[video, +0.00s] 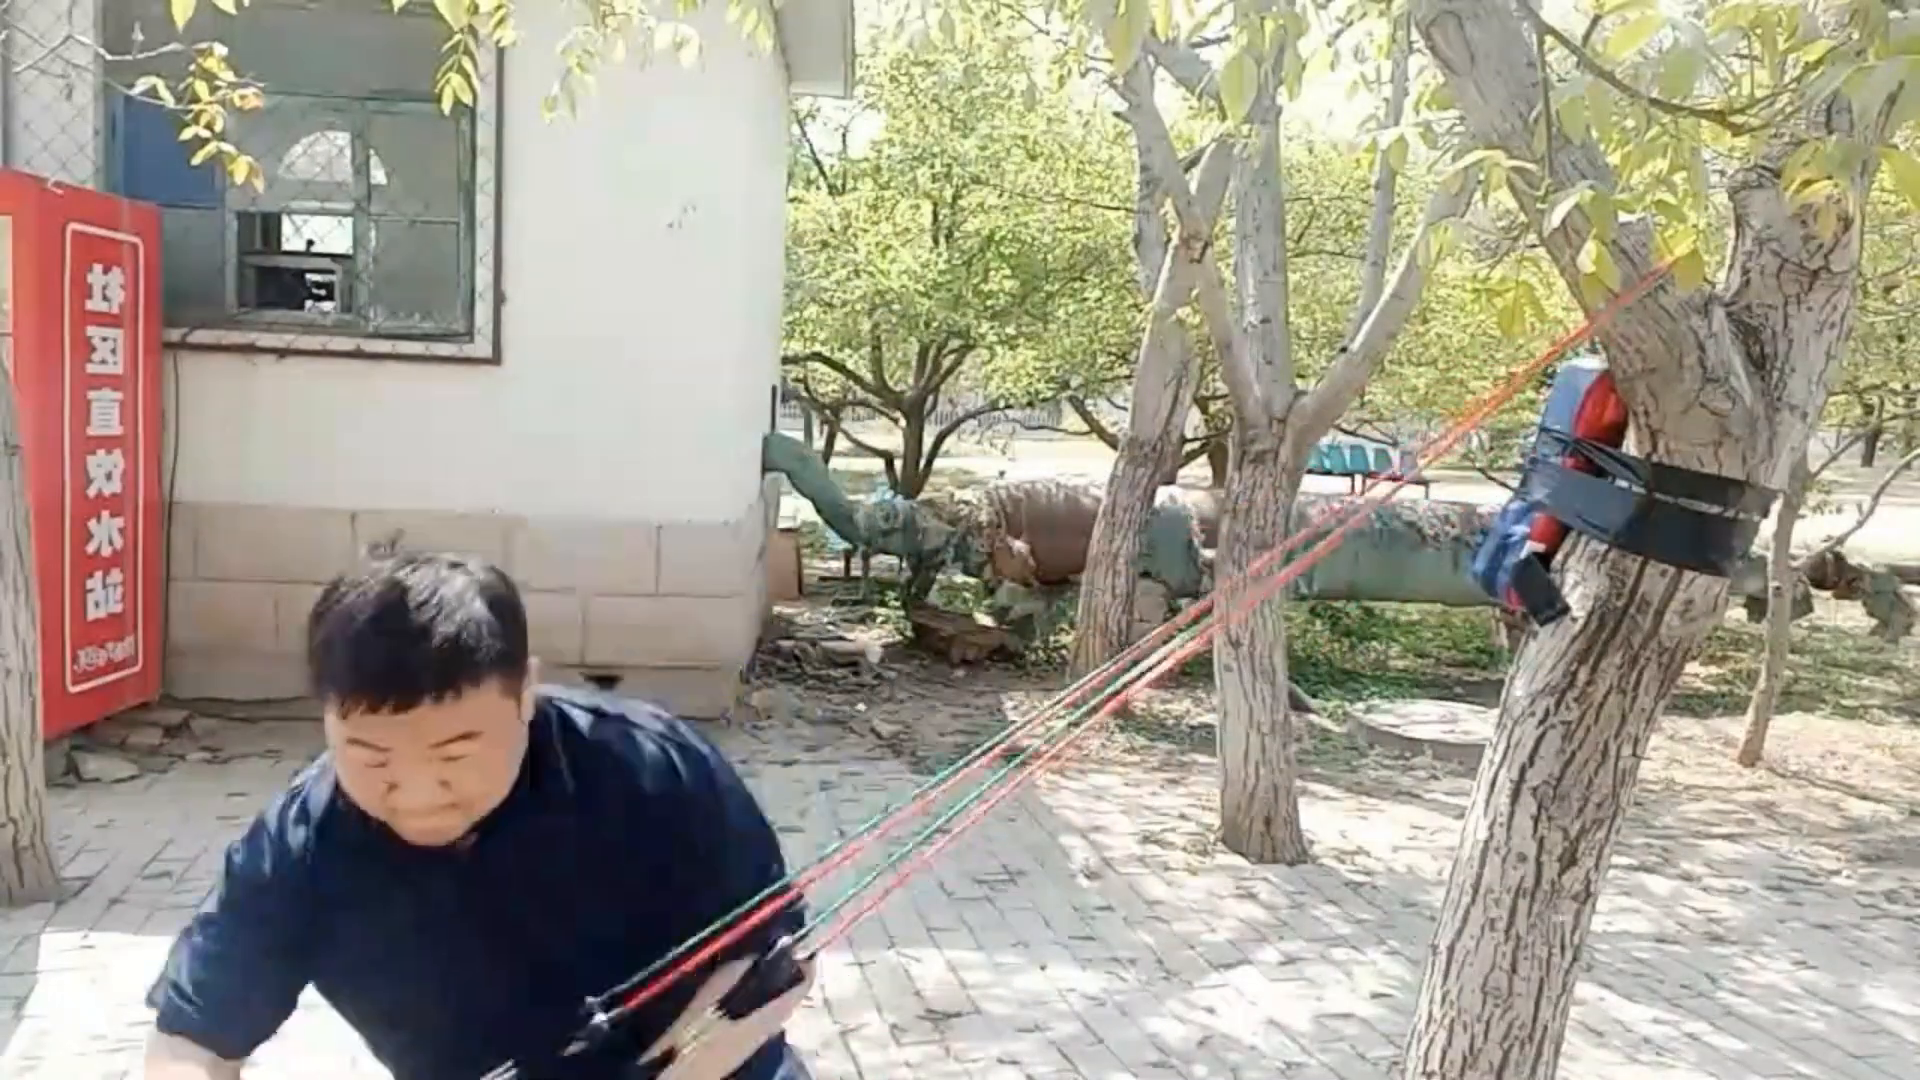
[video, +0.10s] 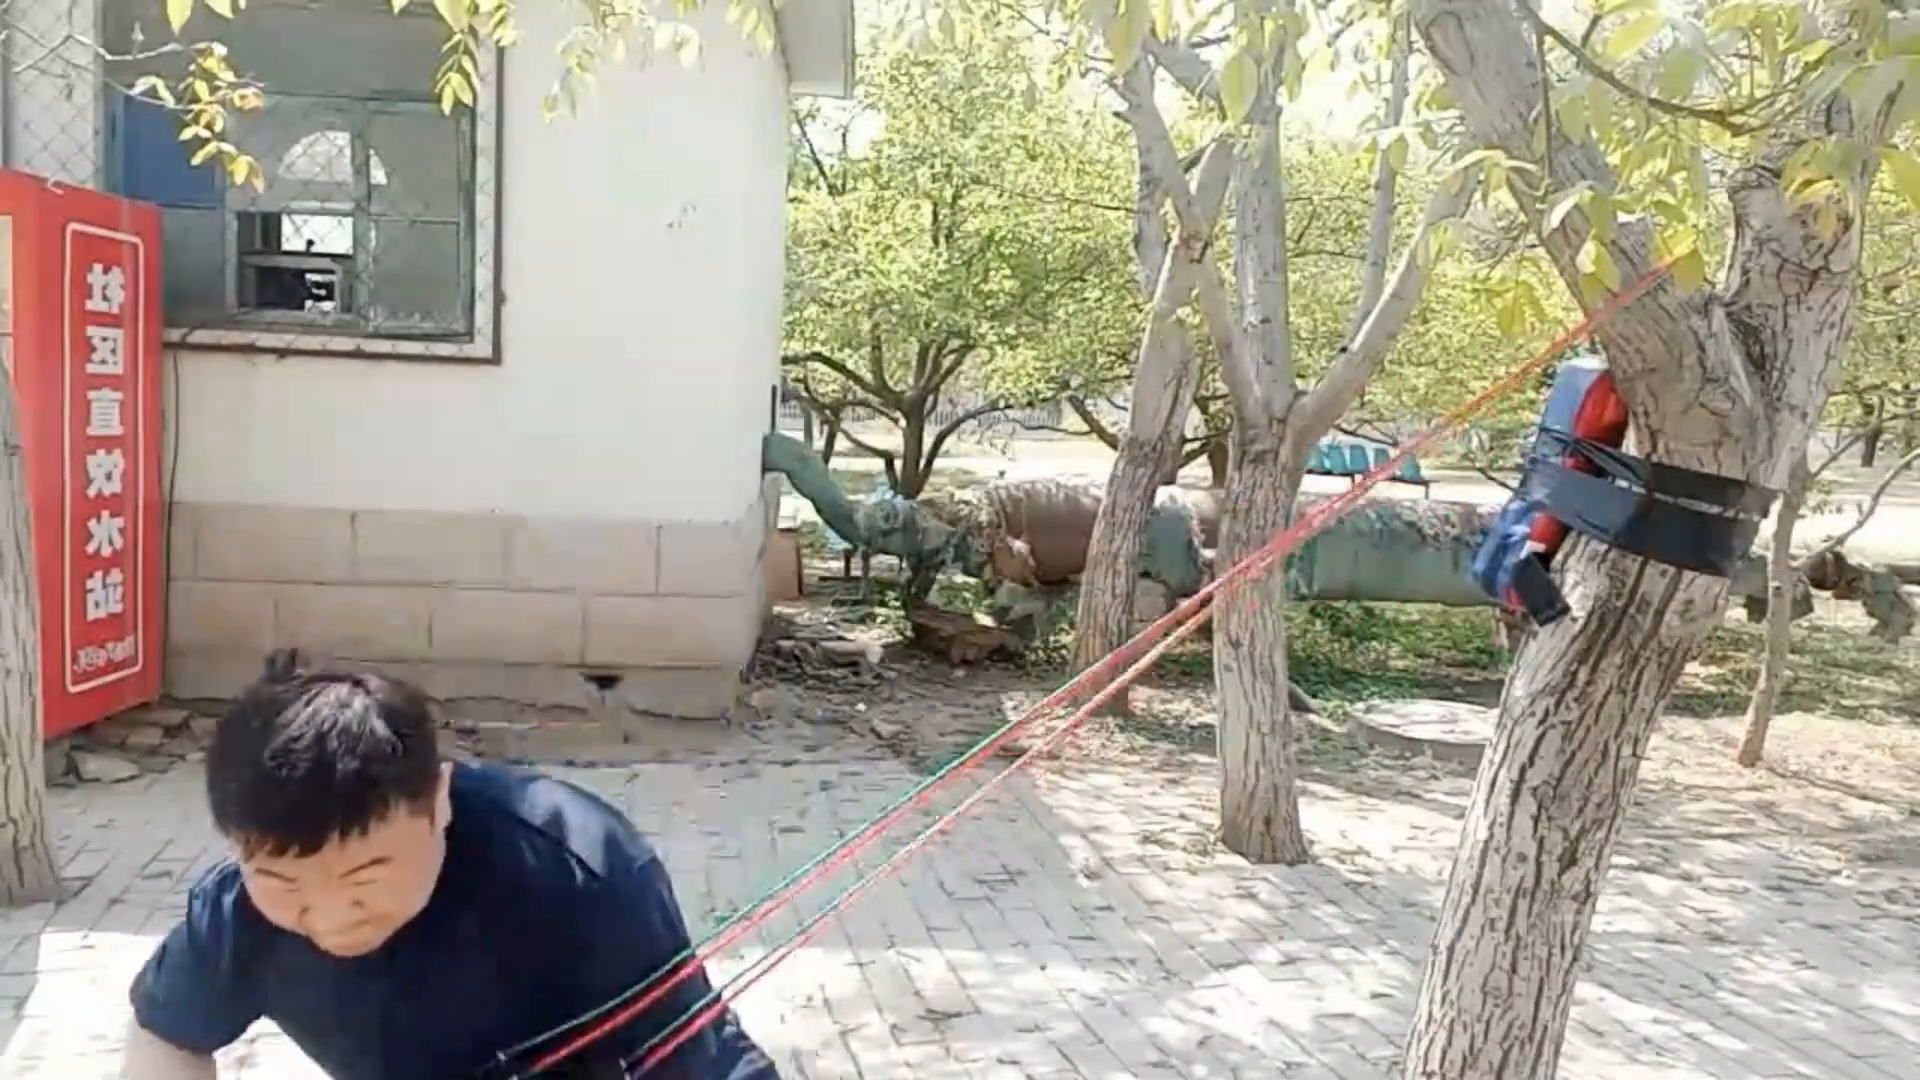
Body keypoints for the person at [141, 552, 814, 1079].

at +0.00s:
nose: (414, 793)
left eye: (455, 754)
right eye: (371, 757)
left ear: (526, 695)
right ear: (327, 720)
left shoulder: (660, 777)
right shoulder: (295, 854)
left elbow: (766, 983)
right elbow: (190, 1044)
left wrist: (666, 1068)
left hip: (693, 1052)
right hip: (470, 1064)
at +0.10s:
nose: (326, 918)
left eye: (367, 878)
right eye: (280, 881)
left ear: (437, 803)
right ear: (234, 845)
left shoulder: (579, 874)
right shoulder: (232, 913)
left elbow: (706, 1062)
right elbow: (168, 1038)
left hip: (601, 1053)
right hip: (413, 1062)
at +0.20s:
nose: (326, 938)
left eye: (362, 894)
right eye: (280, 906)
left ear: (428, 815)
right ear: (230, 876)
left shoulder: (581, 886)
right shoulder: (224, 932)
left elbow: (703, 1063)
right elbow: (149, 1047)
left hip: (600, 1043)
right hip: (398, 1054)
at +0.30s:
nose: (370, 917)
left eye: (407, 868)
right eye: (320, 888)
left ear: (455, 805)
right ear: (261, 859)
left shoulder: (599, 876)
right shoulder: (238, 949)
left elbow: (714, 1063)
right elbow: (152, 1059)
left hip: (597, 1052)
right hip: (409, 1058)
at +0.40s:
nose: (401, 873)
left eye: (431, 823)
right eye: (347, 849)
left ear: (466, 775)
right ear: (276, 823)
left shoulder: (603, 850)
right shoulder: (254, 929)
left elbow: (721, 1045)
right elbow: (141, 1061)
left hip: (637, 1047)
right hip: (437, 1060)